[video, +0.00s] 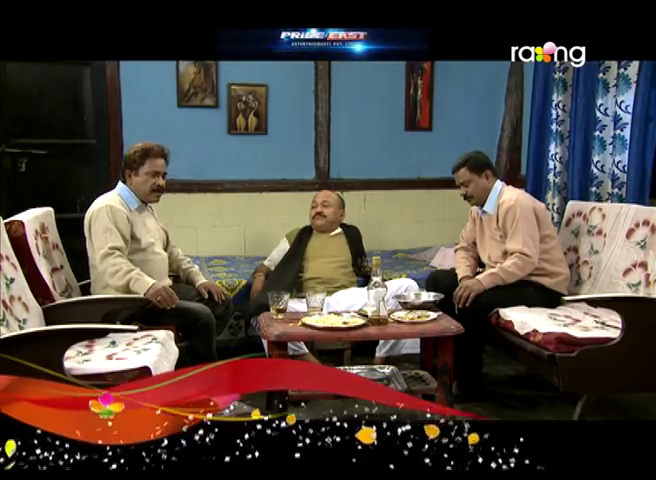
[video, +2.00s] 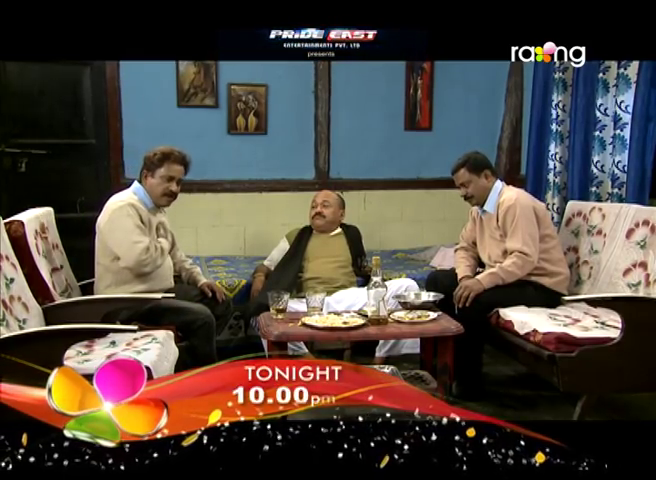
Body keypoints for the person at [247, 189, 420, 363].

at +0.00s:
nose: (318, 210)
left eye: (326, 206)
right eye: (314, 206)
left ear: (341, 213)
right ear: (309, 211)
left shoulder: (351, 233)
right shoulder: (297, 236)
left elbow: (362, 268)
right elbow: (266, 267)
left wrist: (379, 282)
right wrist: (259, 280)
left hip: (350, 297)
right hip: (309, 300)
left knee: (406, 286)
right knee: (268, 315)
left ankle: (381, 362)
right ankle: (311, 364)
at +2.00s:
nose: (317, 210)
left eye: (325, 206)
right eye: (314, 206)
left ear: (341, 213)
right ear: (309, 211)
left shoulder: (351, 233)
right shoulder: (297, 236)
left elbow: (362, 268)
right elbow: (266, 267)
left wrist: (378, 281)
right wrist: (258, 288)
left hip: (351, 297)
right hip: (311, 300)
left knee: (407, 286)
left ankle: (381, 362)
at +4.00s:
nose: (317, 210)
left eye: (325, 206)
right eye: (314, 206)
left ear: (340, 213)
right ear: (309, 211)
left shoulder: (351, 233)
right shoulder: (297, 236)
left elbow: (361, 269)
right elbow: (264, 269)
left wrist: (378, 280)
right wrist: (256, 301)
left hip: (350, 298)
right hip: (309, 300)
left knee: (406, 285)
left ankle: (382, 363)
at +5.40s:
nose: (317, 210)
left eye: (325, 206)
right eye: (313, 206)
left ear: (340, 213)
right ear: (308, 211)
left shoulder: (351, 234)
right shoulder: (297, 236)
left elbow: (361, 269)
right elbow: (264, 268)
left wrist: (379, 281)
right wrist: (256, 299)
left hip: (350, 297)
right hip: (308, 300)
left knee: (406, 285)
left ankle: (383, 362)